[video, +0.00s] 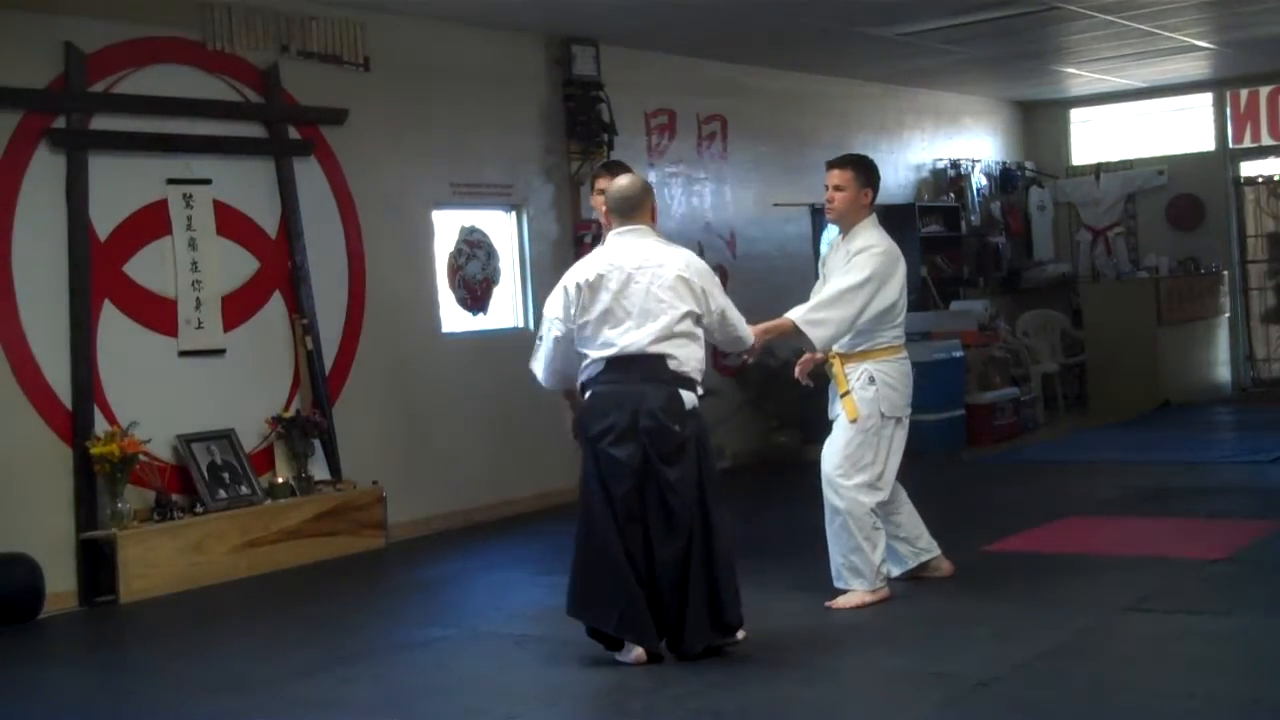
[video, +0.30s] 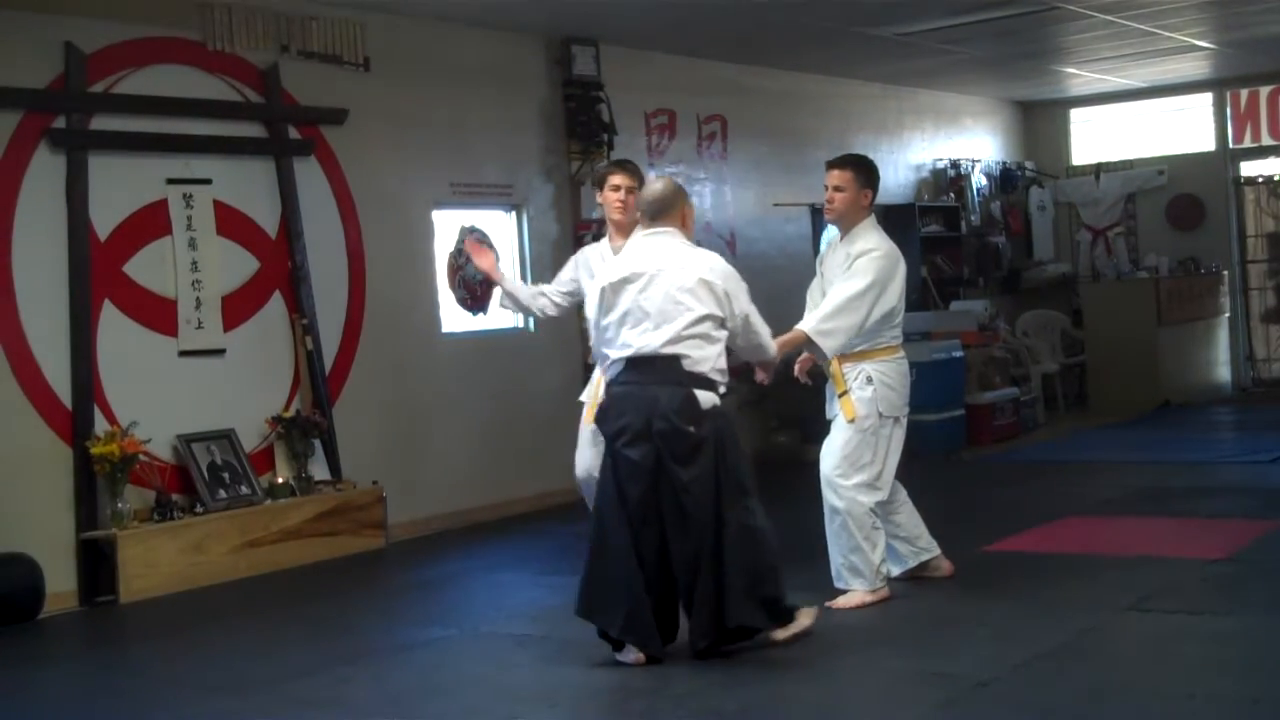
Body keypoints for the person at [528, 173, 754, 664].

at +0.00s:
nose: (595, 216)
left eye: (596, 210)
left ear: (605, 215)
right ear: (653, 211)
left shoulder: (581, 274)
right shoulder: (687, 265)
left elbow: (551, 369)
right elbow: (738, 339)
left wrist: (579, 402)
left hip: (606, 401)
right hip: (671, 398)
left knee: (616, 517)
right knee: (689, 511)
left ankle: (635, 638)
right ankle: (714, 623)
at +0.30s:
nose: (695, 220)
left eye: (692, 213)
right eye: (693, 213)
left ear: (640, 217)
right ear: (685, 216)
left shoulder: (604, 269)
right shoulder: (710, 266)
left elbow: (600, 341)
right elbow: (758, 343)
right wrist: (768, 360)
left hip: (624, 399)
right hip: (689, 398)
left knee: (628, 518)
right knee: (727, 507)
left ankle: (635, 639)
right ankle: (770, 616)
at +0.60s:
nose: (780, 222)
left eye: (777, 215)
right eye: (778, 215)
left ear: (728, 219)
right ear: (769, 219)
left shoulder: (694, 265)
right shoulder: (789, 275)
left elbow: (688, 324)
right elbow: (837, 346)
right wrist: (853, 379)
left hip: (682, 393)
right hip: (747, 398)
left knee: (675, 515)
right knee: (774, 514)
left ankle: (649, 629)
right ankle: (799, 623)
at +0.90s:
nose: (846, 234)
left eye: (845, 225)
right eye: (845, 226)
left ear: (798, 223)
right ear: (834, 226)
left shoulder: (762, 260)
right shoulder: (835, 276)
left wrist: (880, 307)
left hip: (710, 382)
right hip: (770, 394)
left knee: (688, 505)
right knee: (799, 514)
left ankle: (649, 614)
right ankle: (815, 622)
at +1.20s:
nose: (862, 237)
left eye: (861, 229)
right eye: (862, 229)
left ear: (812, 223)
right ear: (850, 228)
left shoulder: (774, 262)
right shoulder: (851, 278)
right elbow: (909, 334)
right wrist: (942, 343)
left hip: (718, 379)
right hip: (778, 392)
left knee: (696, 500)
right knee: (803, 514)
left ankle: (653, 610)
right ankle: (812, 625)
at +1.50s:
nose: (847, 232)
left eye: (846, 224)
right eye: (845, 224)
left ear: (792, 221)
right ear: (831, 224)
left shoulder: (755, 259)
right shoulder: (837, 275)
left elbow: (736, 307)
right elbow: (895, 334)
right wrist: (930, 358)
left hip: (714, 378)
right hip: (777, 388)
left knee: (697, 501)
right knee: (797, 513)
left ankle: (674, 609)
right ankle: (811, 625)